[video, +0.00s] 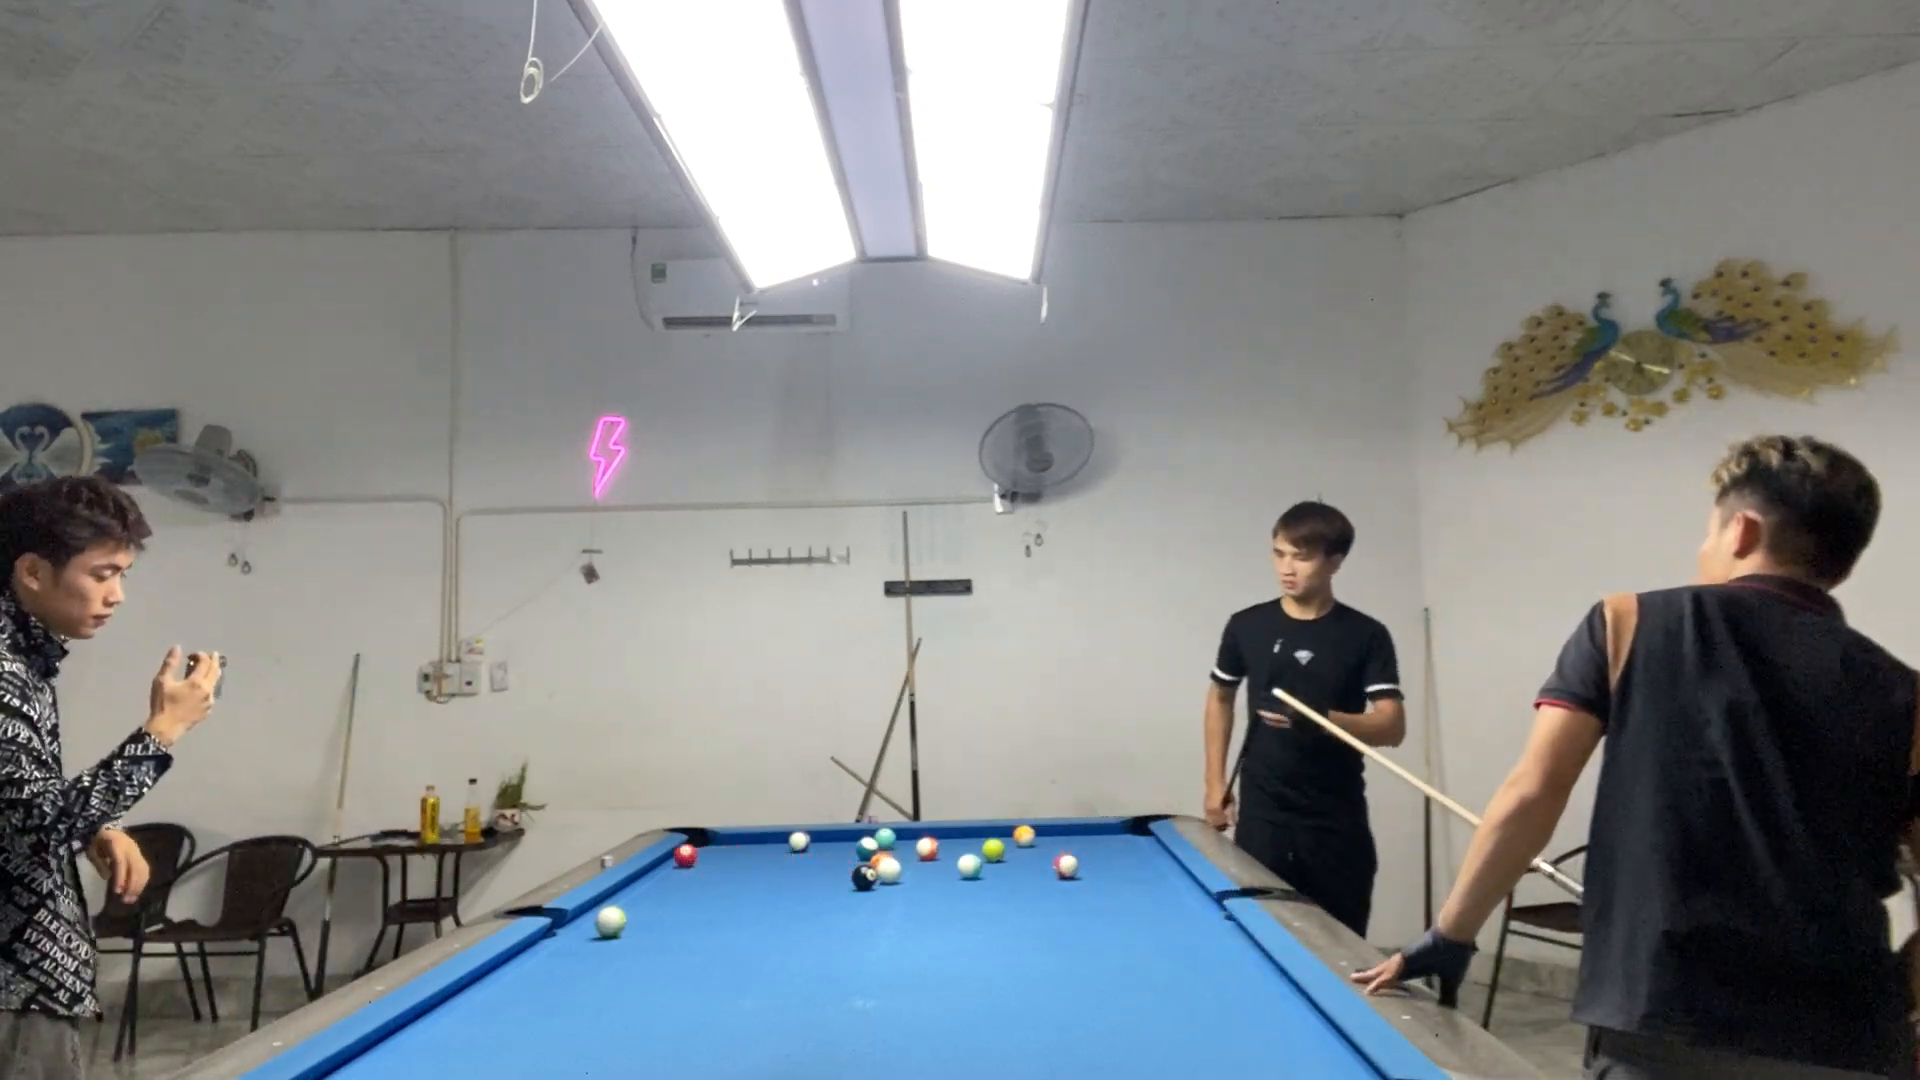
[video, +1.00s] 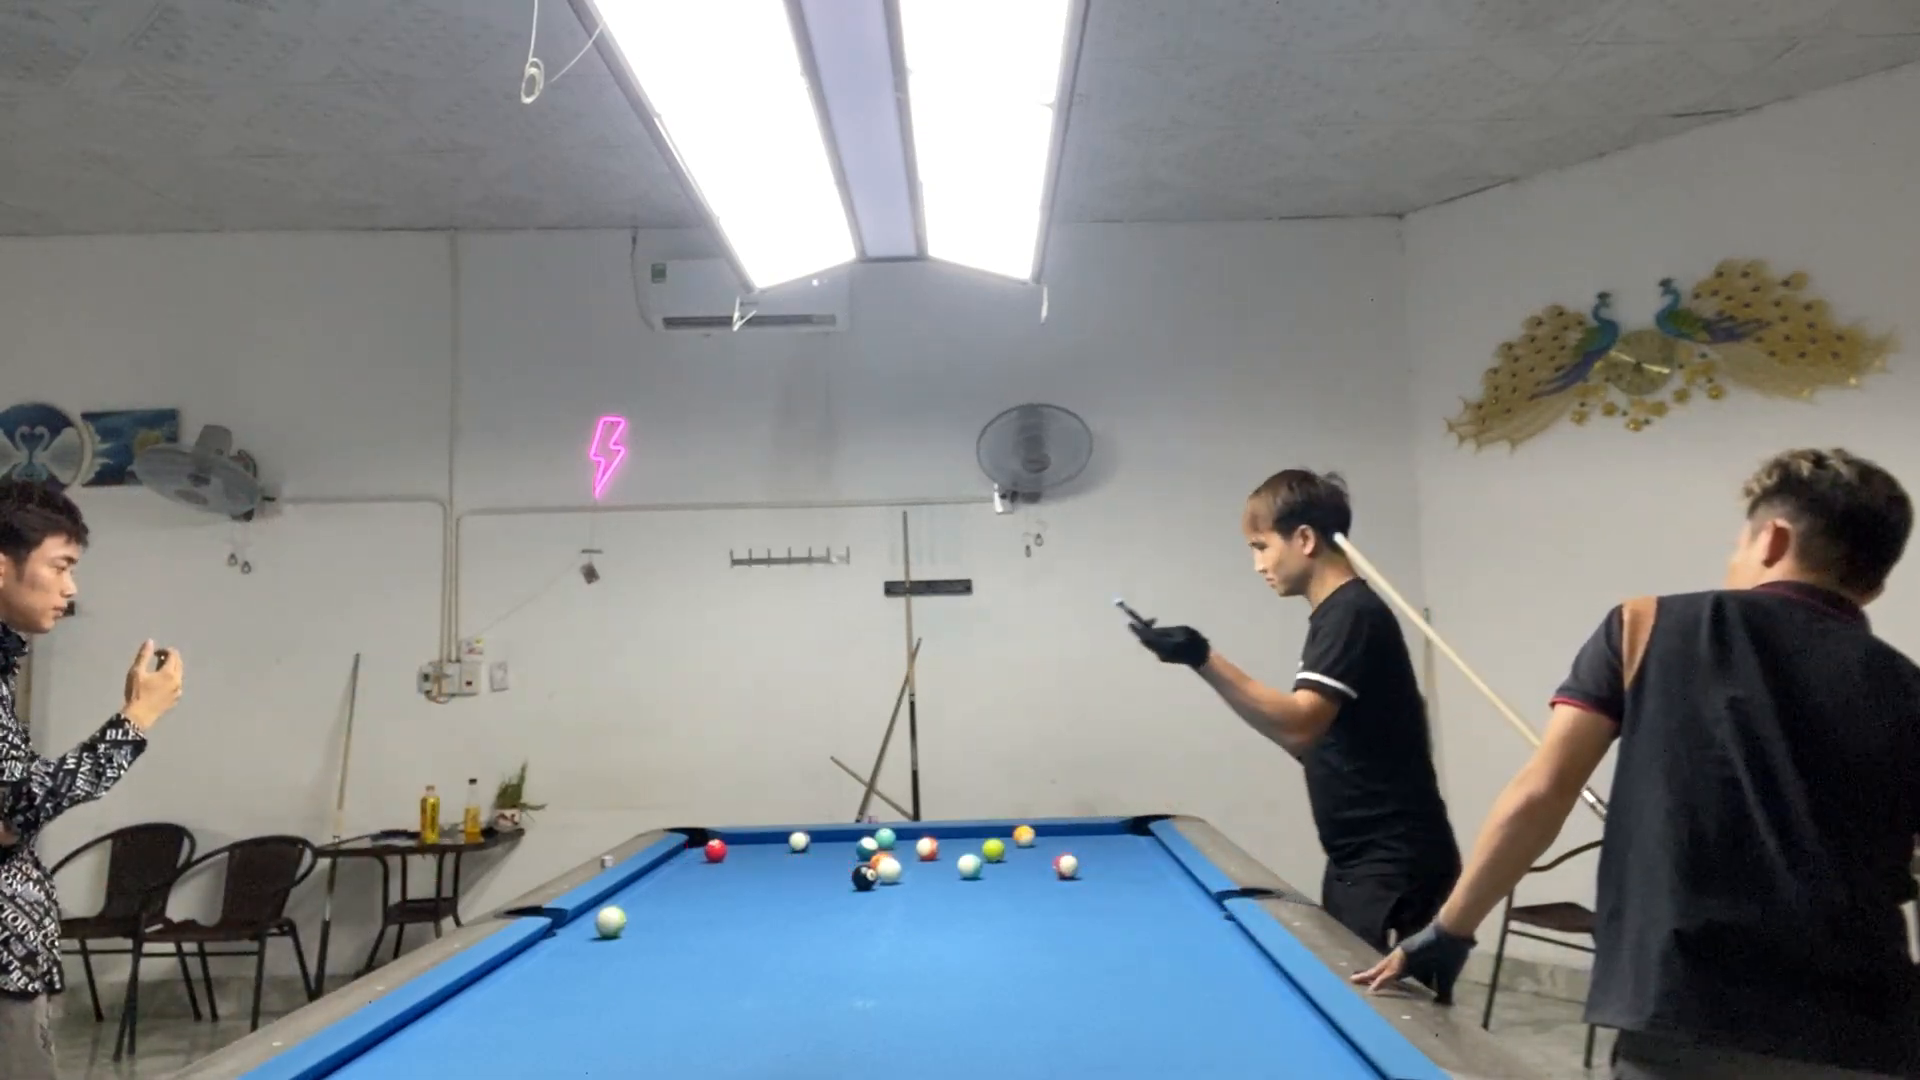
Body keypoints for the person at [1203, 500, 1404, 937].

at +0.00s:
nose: (1287, 568)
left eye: (1301, 557)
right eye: (1280, 555)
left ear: (1334, 562)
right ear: (1272, 555)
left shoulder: (1366, 636)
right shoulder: (1247, 627)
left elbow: (1391, 727)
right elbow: (1220, 698)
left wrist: (1320, 719)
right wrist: (1215, 783)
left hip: (1337, 823)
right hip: (1263, 820)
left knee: (1337, 954)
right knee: (1259, 946)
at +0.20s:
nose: (1286, 575)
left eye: (1300, 562)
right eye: (1280, 562)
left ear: (1338, 567)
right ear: (1274, 564)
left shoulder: (1383, 645)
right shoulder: (1259, 642)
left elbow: (1395, 738)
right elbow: (1241, 717)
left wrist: (1300, 727)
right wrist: (1236, 802)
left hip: (1361, 842)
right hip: (1289, 841)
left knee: (1347, 968)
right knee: (1288, 966)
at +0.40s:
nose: (1280, 566)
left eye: (1291, 551)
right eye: (1274, 555)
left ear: (1333, 551)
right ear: (1269, 558)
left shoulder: (1392, 625)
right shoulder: (1268, 639)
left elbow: (1414, 719)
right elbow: (1256, 727)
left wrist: (1312, 720)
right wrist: (1256, 816)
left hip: (1383, 838)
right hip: (1303, 840)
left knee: (1398, 973)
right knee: (1307, 971)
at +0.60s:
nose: (1277, 552)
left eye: (1288, 537)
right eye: (1272, 539)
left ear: (1333, 536)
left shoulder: (1390, 612)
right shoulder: (1278, 623)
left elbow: (1407, 719)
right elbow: (1281, 718)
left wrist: (1306, 695)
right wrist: (1279, 798)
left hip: (1388, 834)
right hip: (1308, 836)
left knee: (1411, 985)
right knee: (1313, 981)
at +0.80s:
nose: (1266, 558)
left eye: (1276, 543)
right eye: (1262, 545)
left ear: (1323, 540)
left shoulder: (1374, 613)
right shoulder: (1297, 625)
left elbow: (1371, 727)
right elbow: (1320, 727)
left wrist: (1282, 668)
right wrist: (1308, 781)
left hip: (1384, 851)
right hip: (1322, 847)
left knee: (1379, 1007)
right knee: (1323, 996)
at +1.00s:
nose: (1258, 565)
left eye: (1262, 547)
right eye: (1254, 550)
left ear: (1305, 540)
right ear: (1305, 541)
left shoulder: (1353, 612)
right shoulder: (1336, 612)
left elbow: (1302, 728)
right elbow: (1316, 749)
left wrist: (1205, 660)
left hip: (1391, 865)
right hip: (1364, 858)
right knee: (1342, 1018)